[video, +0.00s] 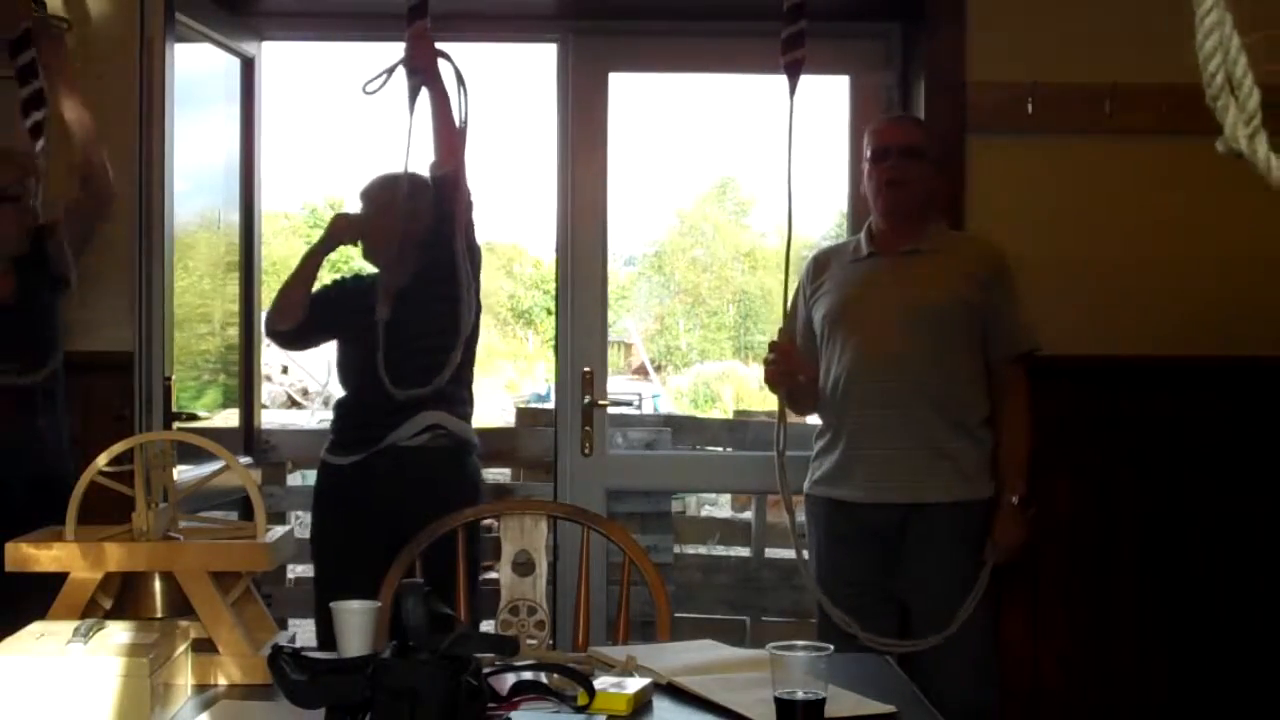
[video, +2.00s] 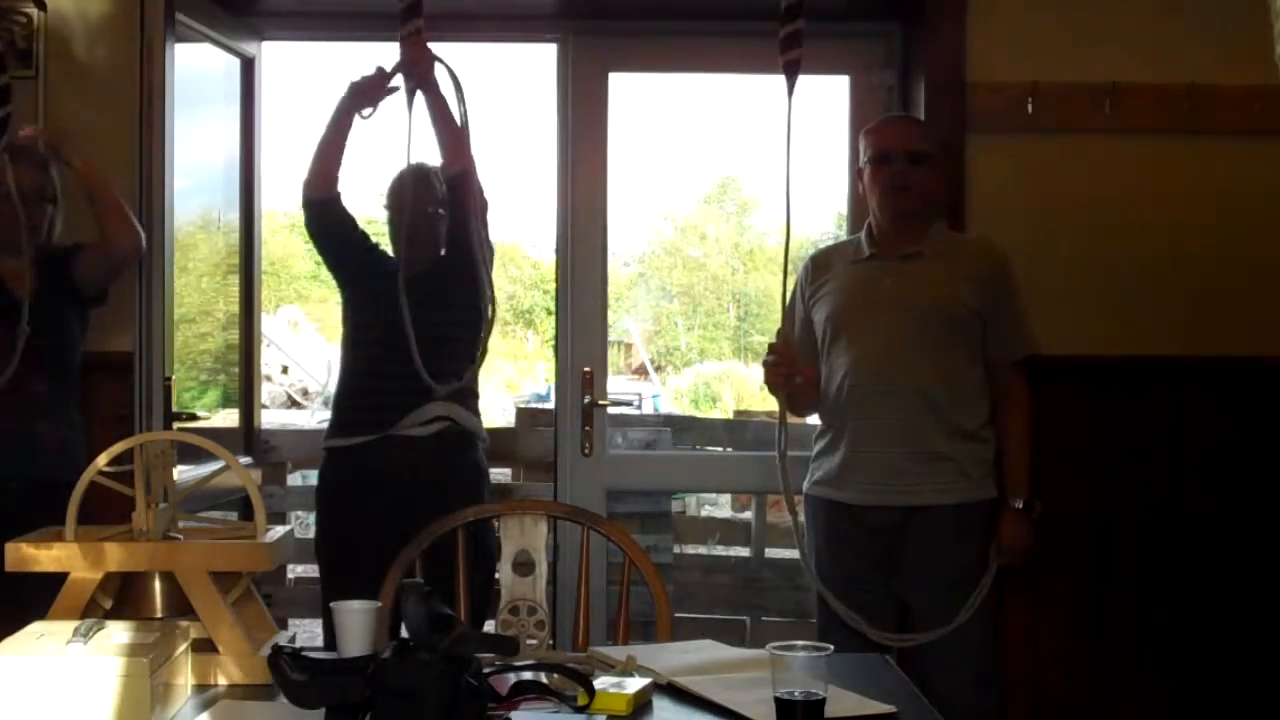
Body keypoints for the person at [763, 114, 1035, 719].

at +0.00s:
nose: (892, 168)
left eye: (909, 156)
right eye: (879, 157)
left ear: (935, 173)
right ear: (863, 175)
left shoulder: (976, 262)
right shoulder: (824, 268)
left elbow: (1010, 386)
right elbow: (809, 397)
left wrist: (1012, 498)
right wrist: (787, 380)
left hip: (950, 506)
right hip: (842, 505)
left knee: (953, 679)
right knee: (854, 677)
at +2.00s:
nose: (900, 173)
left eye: (917, 160)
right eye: (884, 161)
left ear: (939, 175)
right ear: (862, 177)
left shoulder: (979, 264)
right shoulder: (822, 269)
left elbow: (1010, 389)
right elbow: (805, 397)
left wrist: (1016, 503)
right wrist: (787, 384)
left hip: (952, 509)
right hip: (842, 508)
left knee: (953, 684)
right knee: (853, 681)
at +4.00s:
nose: (846, 173)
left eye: (865, 161)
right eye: (843, 162)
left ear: (910, 178)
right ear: (838, 175)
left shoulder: (958, 262)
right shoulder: (811, 272)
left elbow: (996, 383)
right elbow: (800, 397)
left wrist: (997, 498)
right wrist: (769, 386)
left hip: (933, 508)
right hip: (829, 508)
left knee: (940, 678)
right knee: (841, 676)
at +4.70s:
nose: (966, 176)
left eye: (966, 164)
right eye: (949, 165)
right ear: (894, 179)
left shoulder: (1000, 265)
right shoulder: (834, 259)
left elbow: (1031, 388)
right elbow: (763, 353)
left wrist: (1040, 496)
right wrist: (789, 280)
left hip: (970, 508)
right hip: (859, 506)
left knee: (969, 685)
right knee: (862, 681)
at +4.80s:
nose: (971, 172)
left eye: (971, 160)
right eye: (951, 160)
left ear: (977, 170)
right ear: (899, 178)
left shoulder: (1009, 262)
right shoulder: (851, 251)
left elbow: (1038, 384)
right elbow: (751, 301)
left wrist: (1053, 488)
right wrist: (797, 208)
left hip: (977, 509)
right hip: (868, 508)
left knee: (973, 686)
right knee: (864, 683)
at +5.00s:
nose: (960, 170)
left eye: (968, 158)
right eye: (942, 157)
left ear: (981, 169)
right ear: (903, 173)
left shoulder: (1016, 264)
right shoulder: (867, 245)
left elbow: (1046, 388)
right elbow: (757, 200)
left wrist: (1036, 494)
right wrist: (808, 90)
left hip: (977, 502)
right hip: (868, 502)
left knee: (977, 678)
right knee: (871, 675)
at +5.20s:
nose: (939, 167)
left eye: (953, 154)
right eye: (922, 153)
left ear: (969, 169)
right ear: (892, 170)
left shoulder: (1006, 261)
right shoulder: (857, 241)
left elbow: (1035, 388)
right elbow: (781, 159)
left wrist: (1005, 470)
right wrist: (812, 50)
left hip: (969, 505)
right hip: (861, 499)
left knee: (971, 675)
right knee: (866, 673)